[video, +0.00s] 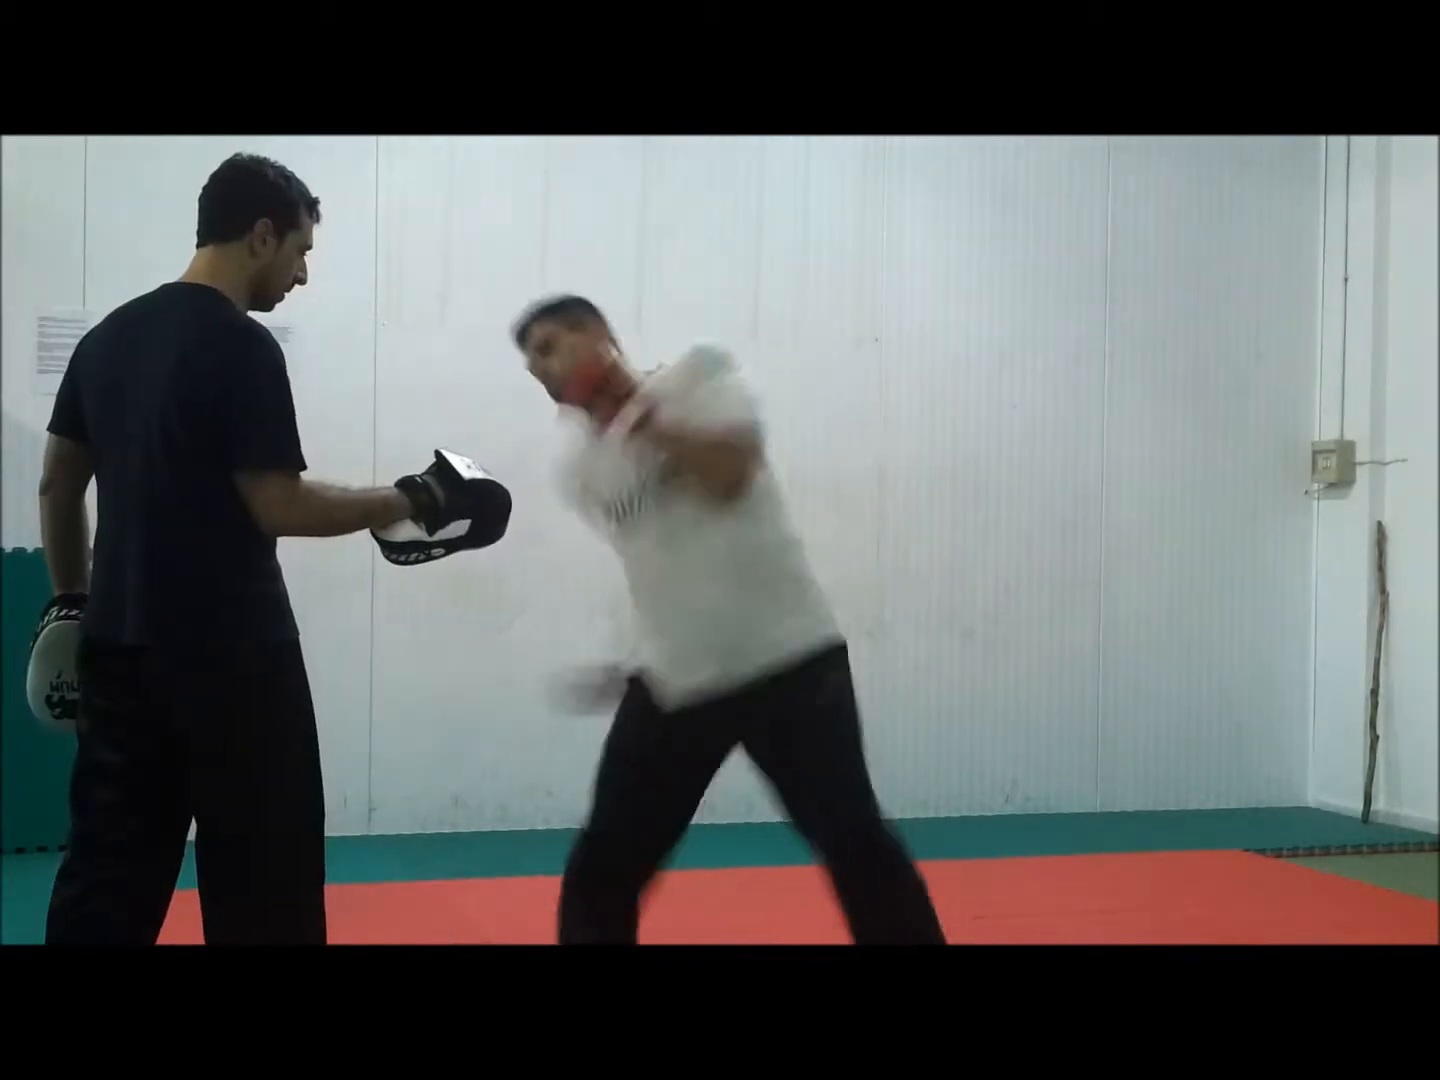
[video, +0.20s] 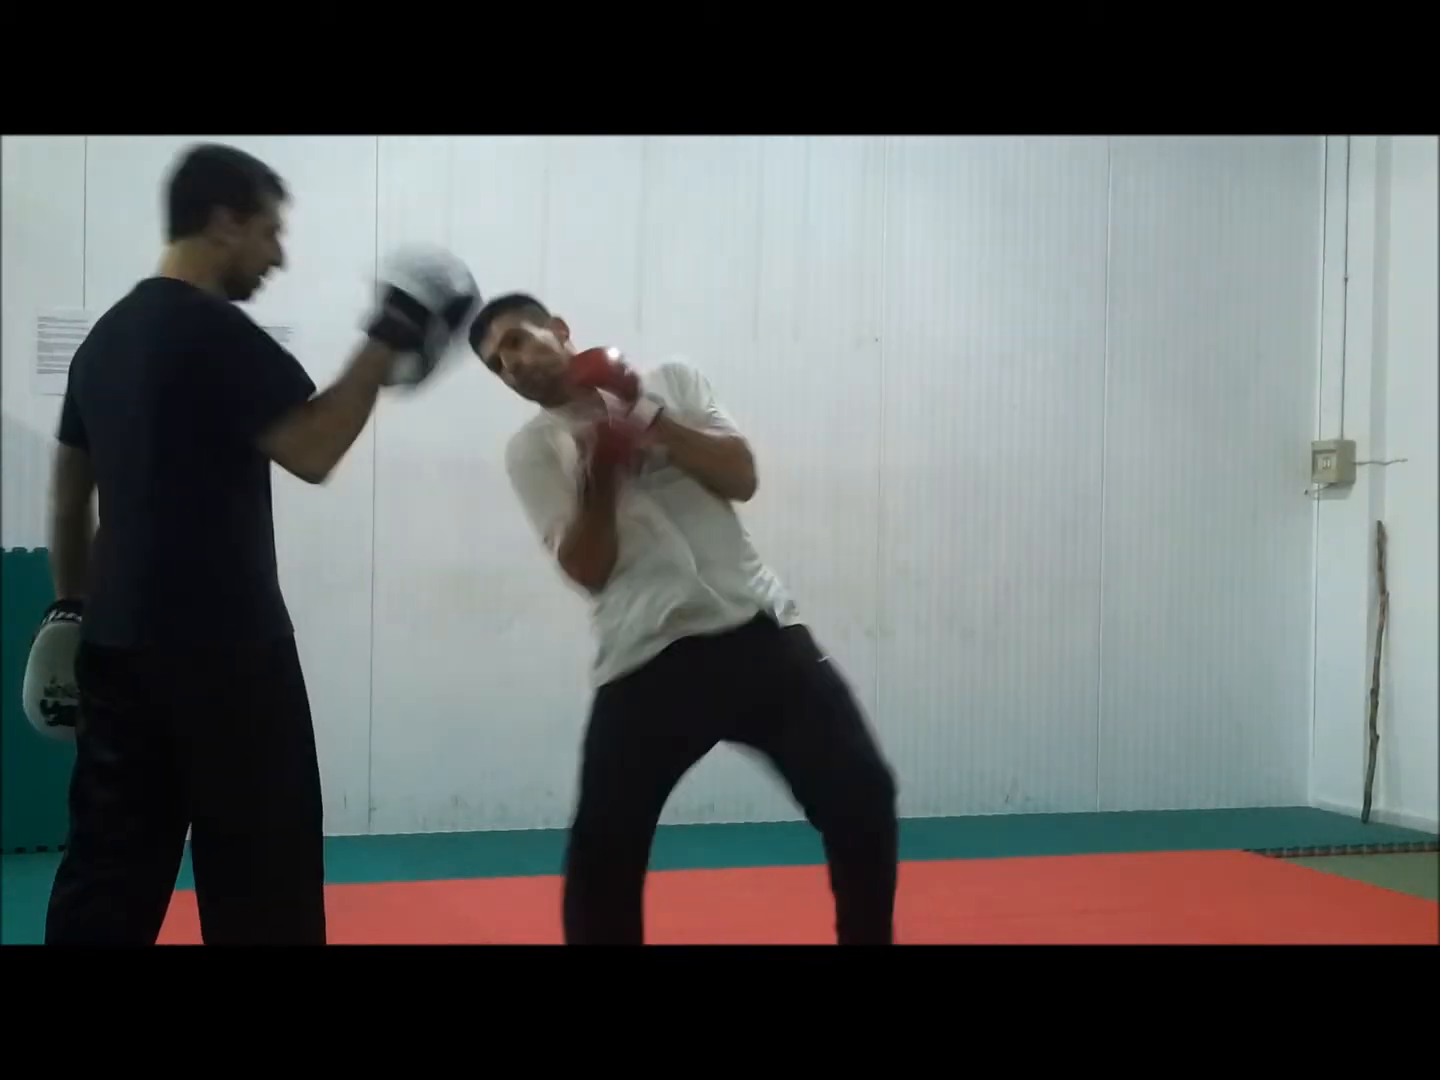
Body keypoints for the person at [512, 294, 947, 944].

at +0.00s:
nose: (542, 371)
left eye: (546, 347)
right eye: (532, 363)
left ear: (598, 333)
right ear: (543, 384)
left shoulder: (698, 376)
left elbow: (734, 473)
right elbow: (667, 569)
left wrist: (653, 424)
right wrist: (636, 666)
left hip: (788, 662)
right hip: (678, 684)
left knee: (858, 849)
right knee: (600, 878)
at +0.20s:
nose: (514, 358)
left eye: (518, 337)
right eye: (500, 361)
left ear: (561, 329)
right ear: (508, 384)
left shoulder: (669, 383)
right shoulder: (535, 448)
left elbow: (741, 477)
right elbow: (586, 570)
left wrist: (645, 413)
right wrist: (601, 466)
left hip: (760, 638)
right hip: (646, 667)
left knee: (863, 799)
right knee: (601, 862)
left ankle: (867, 938)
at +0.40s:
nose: (497, 348)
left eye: (504, 324)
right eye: (485, 339)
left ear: (555, 309)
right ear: (488, 352)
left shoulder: (658, 361)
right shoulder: (534, 437)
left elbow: (707, 484)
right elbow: (566, 565)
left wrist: (598, 419)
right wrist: (550, 566)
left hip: (741, 633)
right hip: (631, 664)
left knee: (821, 822)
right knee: (582, 854)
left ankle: (871, 941)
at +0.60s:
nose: (538, 327)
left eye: (550, 305)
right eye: (533, 311)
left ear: (605, 296)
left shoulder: (687, 369)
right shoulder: (598, 405)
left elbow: (711, 506)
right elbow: (632, 539)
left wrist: (606, 438)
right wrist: (564, 518)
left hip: (749, 640)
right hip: (652, 657)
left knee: (824, 829)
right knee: (605, 844)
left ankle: (897, 941)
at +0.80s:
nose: (654, 313)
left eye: (670, 294)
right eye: (652, 297)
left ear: (721, 294)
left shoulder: (798, 385)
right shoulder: (683, 401)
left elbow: (799, 528)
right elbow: (682, 533)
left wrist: (714, 454)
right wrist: (636, 487)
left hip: (802, 669)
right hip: (698, 674)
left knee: (864, 856)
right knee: (621, 874)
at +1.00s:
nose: (751, 291)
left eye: (769, 274)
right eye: (750, 276)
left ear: (826, 278)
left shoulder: (894, 379)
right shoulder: (760, 385)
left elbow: (884, 522)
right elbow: (739, 524)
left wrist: (808, 417)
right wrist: (717, 446)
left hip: (870, 657)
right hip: (762, 656)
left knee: (909, 851)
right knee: (678, 823)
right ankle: (641, 943)